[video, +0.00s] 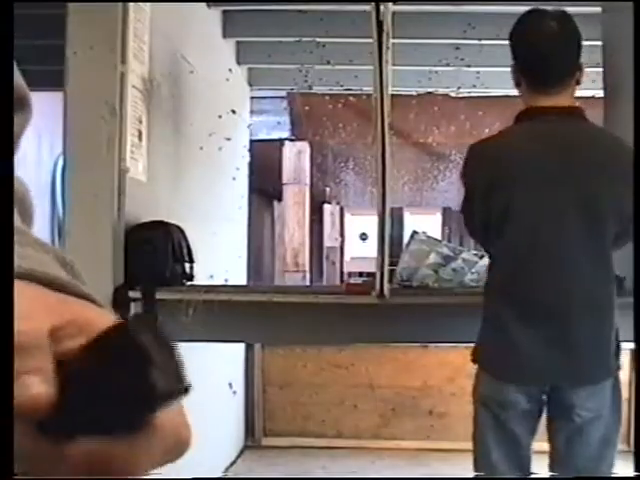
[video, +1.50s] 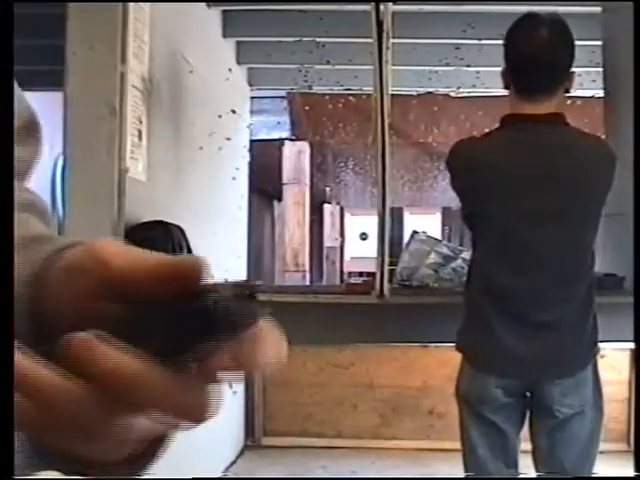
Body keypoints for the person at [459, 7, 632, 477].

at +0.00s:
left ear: (516, 76)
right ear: (579, 74)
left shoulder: (486, 156)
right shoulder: (616, 154)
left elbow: (480, 230)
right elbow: (621, 229)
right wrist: (573, 246)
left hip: (509, 352)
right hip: (589, 354)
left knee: (500, 471)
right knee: (586, 472)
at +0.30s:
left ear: (503, 78)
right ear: (567, 80)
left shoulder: (469, 159)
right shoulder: (600, 159)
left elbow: (477, 227)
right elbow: (595, 220)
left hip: (492, 355)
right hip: (571, 357)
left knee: (490, 472)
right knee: (570, 472)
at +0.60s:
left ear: (502, 78)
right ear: (566, 81)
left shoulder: (466, 161)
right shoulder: (597, 160)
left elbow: (475, 230)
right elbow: (579, 224)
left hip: (489, 357)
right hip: (568, 360)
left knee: (489, 472)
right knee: (567, 472)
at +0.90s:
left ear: (503, 79)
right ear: (567, 79)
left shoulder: (467, 160)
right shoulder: (598, 158)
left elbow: (477, 223)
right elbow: (569, 220)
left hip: (489, 359)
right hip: (567, 361)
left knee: (489, 472)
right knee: (568, 472)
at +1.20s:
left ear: (504, 79)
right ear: (568, 80)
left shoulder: (468, 159)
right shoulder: (598, 158)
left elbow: (479, 220)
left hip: (489, 358)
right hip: (567, 361)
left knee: (488, 472)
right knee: (568, 472)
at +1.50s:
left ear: (505, 79)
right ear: (569, 81)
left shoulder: (467, 158)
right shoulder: (598, 158)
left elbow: (482, 220)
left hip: (489, 359)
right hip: (567, 362)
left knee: (489, 472)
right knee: (568, 472)